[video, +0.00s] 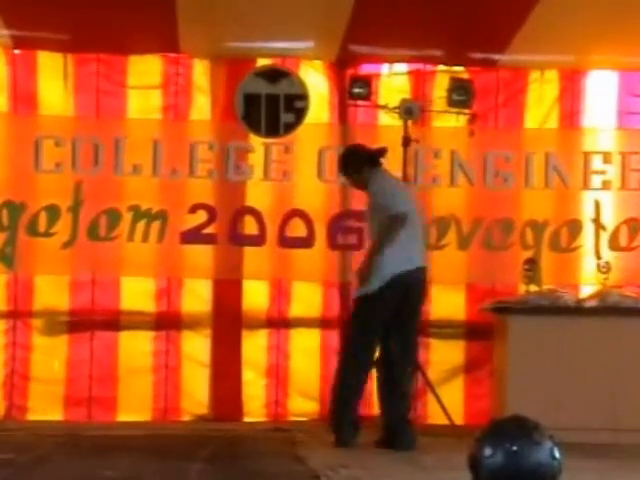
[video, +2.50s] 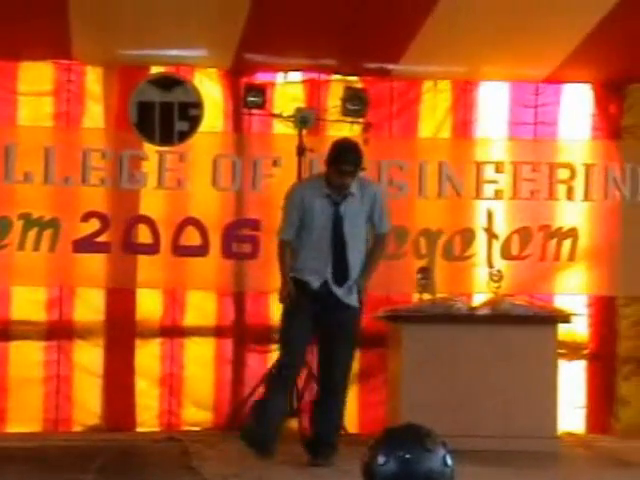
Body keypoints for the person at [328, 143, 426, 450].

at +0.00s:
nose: (351, 184)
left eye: (350, 177)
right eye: (348, 178)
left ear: (357, 169)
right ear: (372, 162)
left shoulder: (380, 185)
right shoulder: (395, 186)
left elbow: (399, 216)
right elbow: (416, 230)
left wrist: (370, 259)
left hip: (388, 274)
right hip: (412, 273)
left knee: (357, 353)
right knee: (399, 355)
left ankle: (345, 424)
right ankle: (398, 429)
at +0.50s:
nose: (401, 173)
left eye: (406, 166)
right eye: (396, 167)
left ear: (417, 163)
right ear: (387, 165)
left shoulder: (436, 190)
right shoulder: (374, 193)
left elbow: (453, 233)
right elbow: (367, 236)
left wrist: (445, 276)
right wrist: (359, 280)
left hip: (423, 285)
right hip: (383, 284)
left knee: (425, 362)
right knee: (370, 360)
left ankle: (425, 430)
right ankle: (369, 430)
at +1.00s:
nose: (419, 176)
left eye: (424, 170)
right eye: (413, 169)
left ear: (433, 165)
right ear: (402, 163)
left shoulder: (446, 187)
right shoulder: (381, 187)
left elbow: (463, 226)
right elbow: (369, 231)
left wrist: (448, 266)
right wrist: (375, 270)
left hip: (427, 282)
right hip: (389, 281)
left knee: (424, 356)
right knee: (396, 355)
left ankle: (420, 427)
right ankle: (406, 426)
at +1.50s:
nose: (382, 182)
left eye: (387, 175)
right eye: (377, 175)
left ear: (394, 172)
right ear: (364, 170)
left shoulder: (405, 190)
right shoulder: (343, 198)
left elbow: (421, 224)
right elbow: (339, 249)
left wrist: (413, 253)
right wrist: (350, 291)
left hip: (400, 284)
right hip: (364, 285)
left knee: (416, 345)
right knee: (374, 360)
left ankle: (406, 388)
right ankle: (389, 433)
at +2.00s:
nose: (360, 186)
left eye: (365, 179)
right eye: (354, 178)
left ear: (372, 177)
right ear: (341, 175)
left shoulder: (384, 203)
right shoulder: (319, 206)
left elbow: (402, 236)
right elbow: (314, 253)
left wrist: (392, 275)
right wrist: (328, 287)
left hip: (383, 294)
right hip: (344, 298)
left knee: (402, 361)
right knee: (355, 370)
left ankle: (369, 434)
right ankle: (383, 435)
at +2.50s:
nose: (345, 182)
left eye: (351, 176)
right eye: (340, 175)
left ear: (359, 172)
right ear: (327, 168)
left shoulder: (370, 195)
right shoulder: (302, 193)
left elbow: (380, 237)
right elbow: (286, 239)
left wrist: (364, 279)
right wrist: (285, 280)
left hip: (346, 293)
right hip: (306, 289)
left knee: (335, 374)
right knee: (289, 363)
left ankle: (324, 444)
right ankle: (263, 432)